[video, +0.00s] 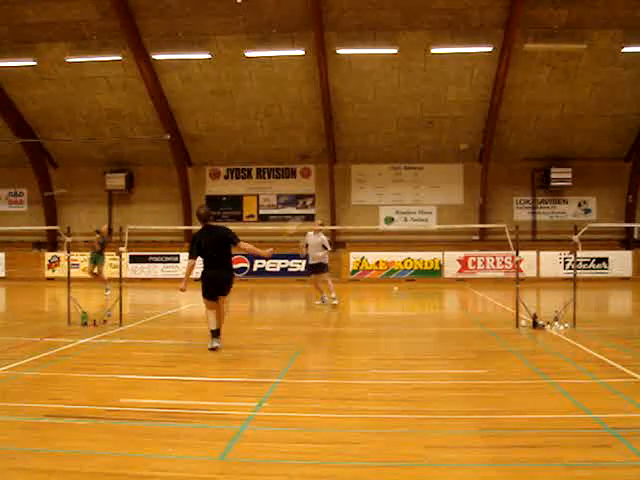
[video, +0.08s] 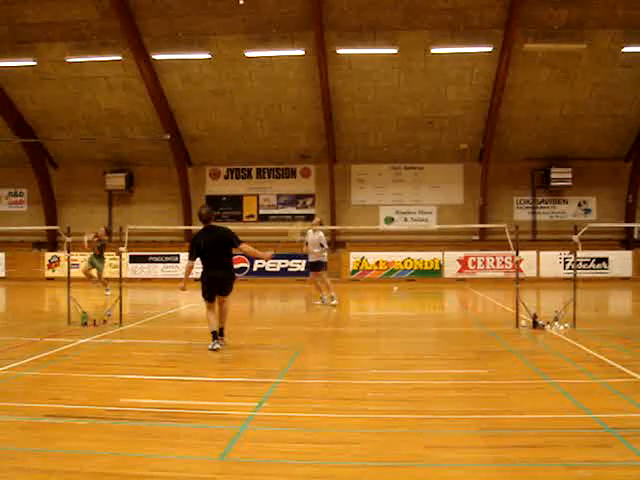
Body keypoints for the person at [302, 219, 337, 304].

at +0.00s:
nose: (316, 227)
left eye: (318, 225)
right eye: (315, 225)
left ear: (321, 227)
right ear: (313, 226)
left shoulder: (322, 238)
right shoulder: (309, 235)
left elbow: (329, 249)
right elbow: (305, 244)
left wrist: (321, 254)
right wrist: (304, 252)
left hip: (322, 261)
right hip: (312, 261)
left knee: (326, 278)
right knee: (314, 281)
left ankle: (333, 296)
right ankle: (322, 296)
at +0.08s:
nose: (313, 224)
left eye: (316, 223)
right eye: (313, 222)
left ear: (319, 225)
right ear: (312, 223)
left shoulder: (320, 234)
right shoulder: (309, 232)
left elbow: (325, 247)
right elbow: (306, 242)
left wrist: (315, 251)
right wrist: (306, 248)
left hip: (320, 259)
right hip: (311, 259)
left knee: (324, 277)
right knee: (314, 279)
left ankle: (332, 295)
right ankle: (323, 296)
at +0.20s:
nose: (310, 223)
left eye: (312, 221)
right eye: (311, 221)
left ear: (316, 223)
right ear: (311, 223)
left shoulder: (317, 233)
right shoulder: (310, 232)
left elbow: (316, 244)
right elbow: (310, 242)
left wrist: (305, 246)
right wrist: (302, 243)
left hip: (320, 258)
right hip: (312, 257)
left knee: (318, 276)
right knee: (307, 275)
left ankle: (329, 292)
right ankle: (318, 292)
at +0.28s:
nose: (309, 223)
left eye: (312, 222)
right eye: (310, 221)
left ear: (315, 224)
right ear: (312, 223)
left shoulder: (316, 233)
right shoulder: (311, 233)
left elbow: (314, 244)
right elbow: (310, 245)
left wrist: (302, 243)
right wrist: (303, 248)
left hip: (319, 259)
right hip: (312, 258)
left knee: (318, 277)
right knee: (307, 275)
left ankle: (329, 294)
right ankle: (316, 293)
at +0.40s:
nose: (309, 227)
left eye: (310, 225)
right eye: (309, 225)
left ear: (311, 226)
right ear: (309, 226)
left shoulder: (313, 234)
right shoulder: (309, 235)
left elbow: (309, 240)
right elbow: (310, 247)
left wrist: (297, 234)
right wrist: (301, 248)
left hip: (316, 261)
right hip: (309, 261)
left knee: (316, 278)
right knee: (303, 276)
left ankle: (329, 294)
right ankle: (306, 292)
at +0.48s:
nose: (303, 226)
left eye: (305, 225)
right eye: (304, 225)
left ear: (308, 227)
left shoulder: (309, 235)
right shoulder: (304, 238)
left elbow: (306, 238)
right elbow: (302, 245)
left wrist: (296, 230)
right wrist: (295, 246)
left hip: (311, 261)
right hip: (305, 261)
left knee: (314, 277)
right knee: (302, 277)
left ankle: (328, 294)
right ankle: (303, 292)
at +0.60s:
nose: (299, 229)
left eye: (301, 228)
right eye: (299, 228)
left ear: (303, 231)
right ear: (299, 231)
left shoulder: (303, 238)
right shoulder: (297, 239)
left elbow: (300, 229)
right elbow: (295, 244)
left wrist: (294, 222)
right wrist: (291, 241)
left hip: (306, 261)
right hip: (299, 262)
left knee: (310, 278)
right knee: (297, 277)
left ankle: (326, 292)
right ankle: (303, 293)